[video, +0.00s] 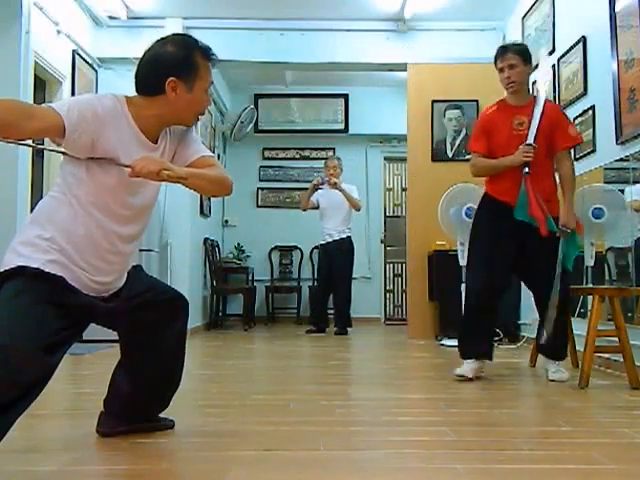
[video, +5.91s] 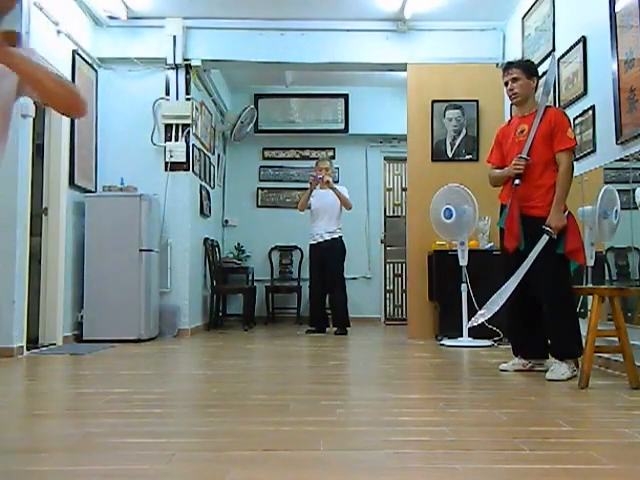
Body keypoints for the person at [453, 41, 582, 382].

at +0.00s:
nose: (508, 74)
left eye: (514, 67)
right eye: (502, 70)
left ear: (529, 69)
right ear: (497, 76)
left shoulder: (549, 112)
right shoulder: (488, 116)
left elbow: (563, 162)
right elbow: (476, 167)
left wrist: (568, 206)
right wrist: (511, 159)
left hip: (540, 210)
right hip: (496, 209)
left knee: (551, 286)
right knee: (481, 282)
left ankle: (555, 356)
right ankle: (473, 357)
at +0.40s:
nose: (516, 77)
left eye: (522, 70)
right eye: (511, 73)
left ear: (539, 72)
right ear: (508, 79)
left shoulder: (561, 112)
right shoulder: (503, 121)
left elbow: (576, 163)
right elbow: (491, 169)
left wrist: (576, 209)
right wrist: (516, 165)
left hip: (554, 211)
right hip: (513, 210)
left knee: (555, 283)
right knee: (513, 279)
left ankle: (556, 357)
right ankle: (525, 353)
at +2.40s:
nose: (512, 86)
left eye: (517, 79)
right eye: (508, 82)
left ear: (534, 82)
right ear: (505, 89)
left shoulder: (553, 117)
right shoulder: (505, 131)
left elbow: (565, 164)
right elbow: (493, 177)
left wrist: (558, 209)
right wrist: (508, 170)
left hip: (547, 214)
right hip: (516, 216)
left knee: (555, 285)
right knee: (520, 284)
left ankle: (565, 357)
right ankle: (528, 354)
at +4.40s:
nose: (511, 86)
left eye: (516, 80)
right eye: (506, 83)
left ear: (533, 83)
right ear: (504, 89)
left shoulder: (553, 117)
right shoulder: (504, 132)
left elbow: (565, 164)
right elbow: (493, 177)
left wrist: (557, 209)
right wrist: (507, 171)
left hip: (545, 214)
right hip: (512, 215)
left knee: (552, 284)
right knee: (518, 284)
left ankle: (565, 358)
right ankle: (530, 355)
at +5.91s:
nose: (510, 86)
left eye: (516, 80)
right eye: (506, 83)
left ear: (534, 82)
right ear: (505, 89)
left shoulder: (554, 116)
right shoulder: (505, 131)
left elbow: (565, 165)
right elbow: (493, 177)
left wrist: (557, 209)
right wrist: (508, 171)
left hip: (546, 214)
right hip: (514, 214)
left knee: (553, 284)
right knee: (520, 284)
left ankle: (565, 358)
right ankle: (530, 354)